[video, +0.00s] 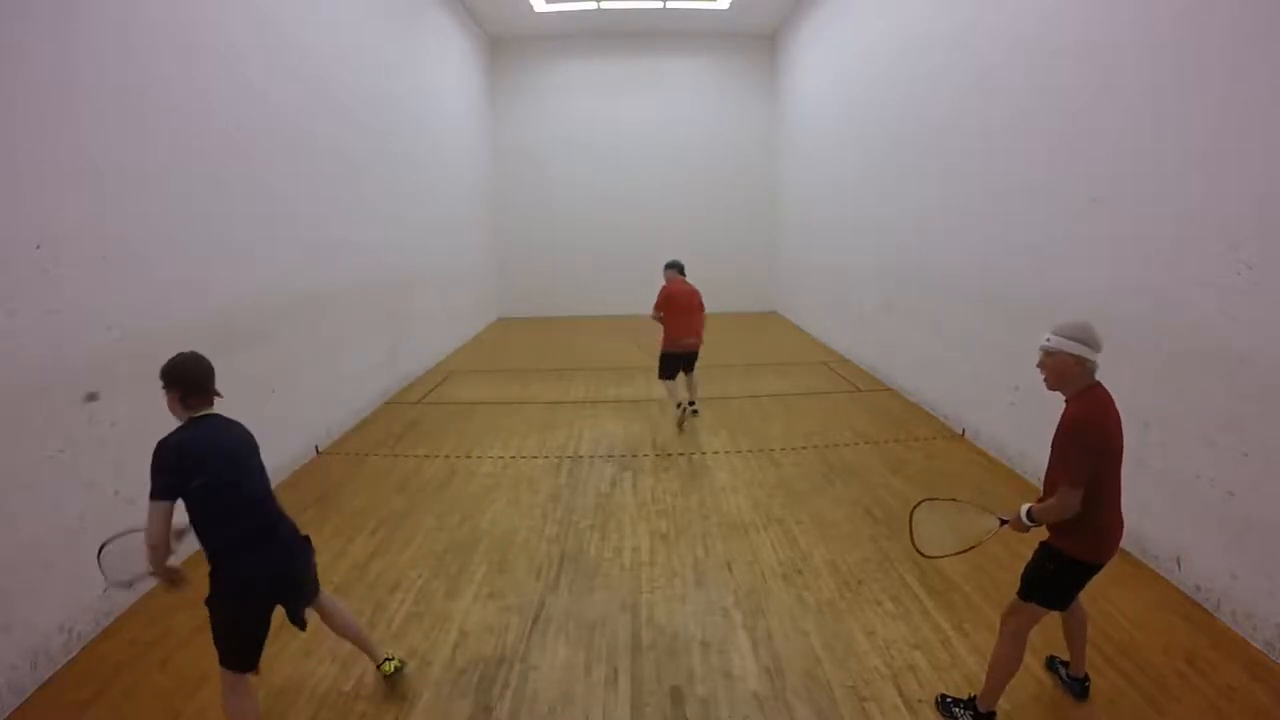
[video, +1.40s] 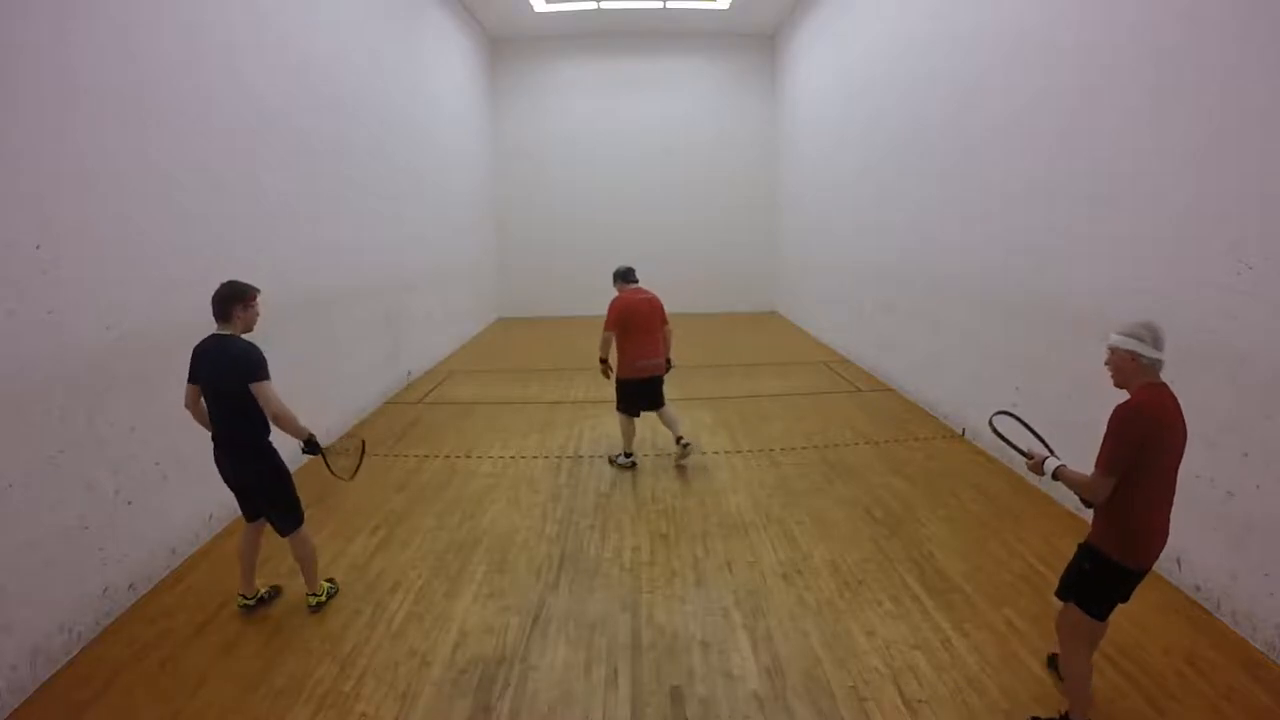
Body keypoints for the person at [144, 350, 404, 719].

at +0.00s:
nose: (166, 400)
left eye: (166, 393)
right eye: (165, 392)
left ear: (174, 397)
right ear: (211, 389)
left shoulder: (170, 451)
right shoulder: (237, 430)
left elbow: (158, 540)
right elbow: (254, 495)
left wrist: (164, 569)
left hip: (237, 575)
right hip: (286, 551)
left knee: (236, 681)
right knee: (320, 598)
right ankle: (383, 659)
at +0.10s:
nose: (185, 388)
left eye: (185, 382)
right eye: (186, 380)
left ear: (190, 385)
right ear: (226, 379)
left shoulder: (192, 431)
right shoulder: (242, 414)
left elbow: (155, 508)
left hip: (260, 554)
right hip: (307, 529)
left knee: (254, 663)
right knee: (320, 600)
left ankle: (260, 716)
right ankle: (378, 667)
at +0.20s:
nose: (208, 371)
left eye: (205, 367)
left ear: (204, 373)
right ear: (241, 369)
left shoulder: (209, 410)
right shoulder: (258, 401)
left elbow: (179, 456)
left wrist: (114, 499)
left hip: (271, 536)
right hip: (314, 515)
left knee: (259, 642)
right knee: (323, 600)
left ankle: (264, 714)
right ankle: (379, 666)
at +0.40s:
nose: (208, 344)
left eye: (208, 338)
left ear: (212, 339)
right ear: (245, 335)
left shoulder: (215, 369)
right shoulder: (267, 367)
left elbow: (221, 415)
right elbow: (278, 420)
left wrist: (175, 478)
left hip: (264, 493)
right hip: (306, 479)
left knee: (266, 589)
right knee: (323, 572)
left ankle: (290, 671)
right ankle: (377, 652)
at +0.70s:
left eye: (208, 331)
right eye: (235, 324)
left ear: (202, 335)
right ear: (237, 327)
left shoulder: (200, 385)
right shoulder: (267, 363)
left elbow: (206, 456)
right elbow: (310, 411)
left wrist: (213, 510)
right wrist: (310, 454)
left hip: (253, 487)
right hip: (295, 472)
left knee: (275, 559)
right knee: (314, 546)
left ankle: (302, 627)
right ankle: (348, 603)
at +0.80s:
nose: (242, 316)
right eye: (242, 311)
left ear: (206, 322)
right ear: (240, 315)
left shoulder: (197, 369)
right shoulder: (268, 352)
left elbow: (196, 437)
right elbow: (316, 397)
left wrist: (204, 473)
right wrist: (322, 446)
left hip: (248, 475)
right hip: (290, 462)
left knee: (273, 551)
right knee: (306, 528)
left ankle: (302, 625)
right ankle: (338, 594)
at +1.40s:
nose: (257, 313)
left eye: (256, 306)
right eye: (254, 307)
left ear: (222, 312)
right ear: (239, 311)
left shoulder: (203, 350)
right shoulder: (247, 352)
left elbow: (192, 403)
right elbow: (274, 411)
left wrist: (218, 429)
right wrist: (305, 436)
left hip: (226, 454)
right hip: (256, 453)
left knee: (254, 519)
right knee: (292, 524)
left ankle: (248, 592)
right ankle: (315, 590)